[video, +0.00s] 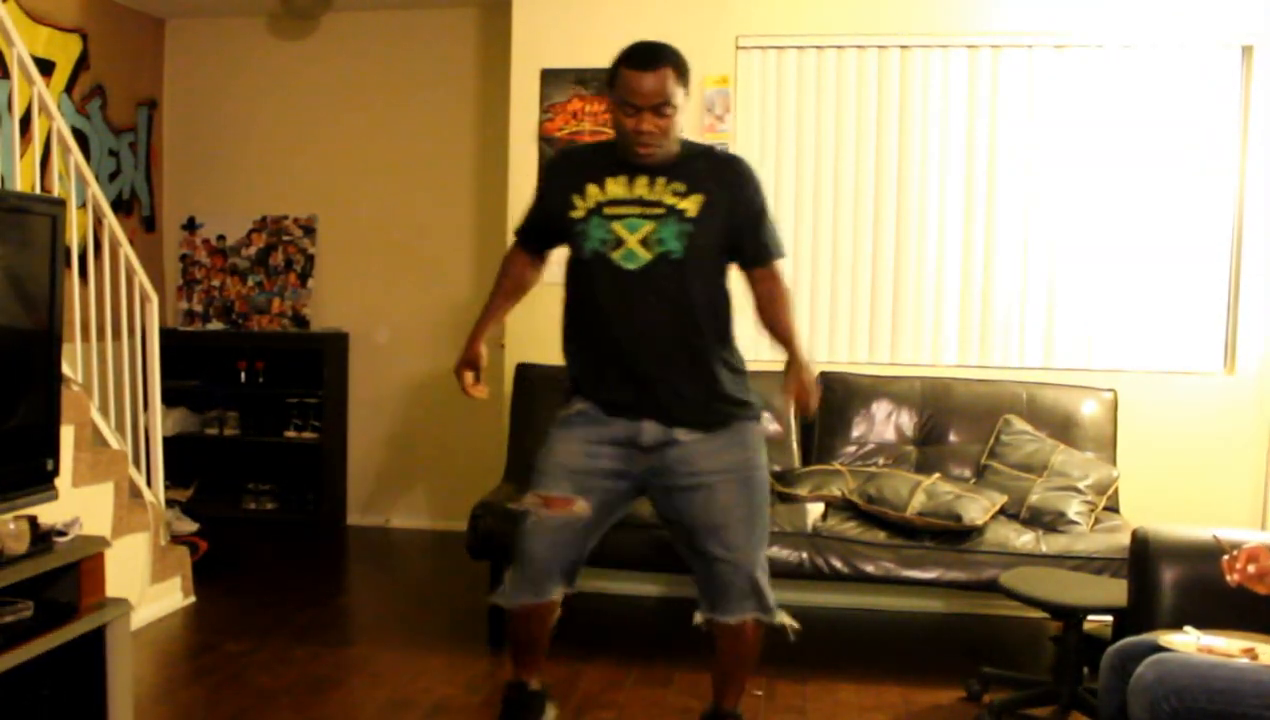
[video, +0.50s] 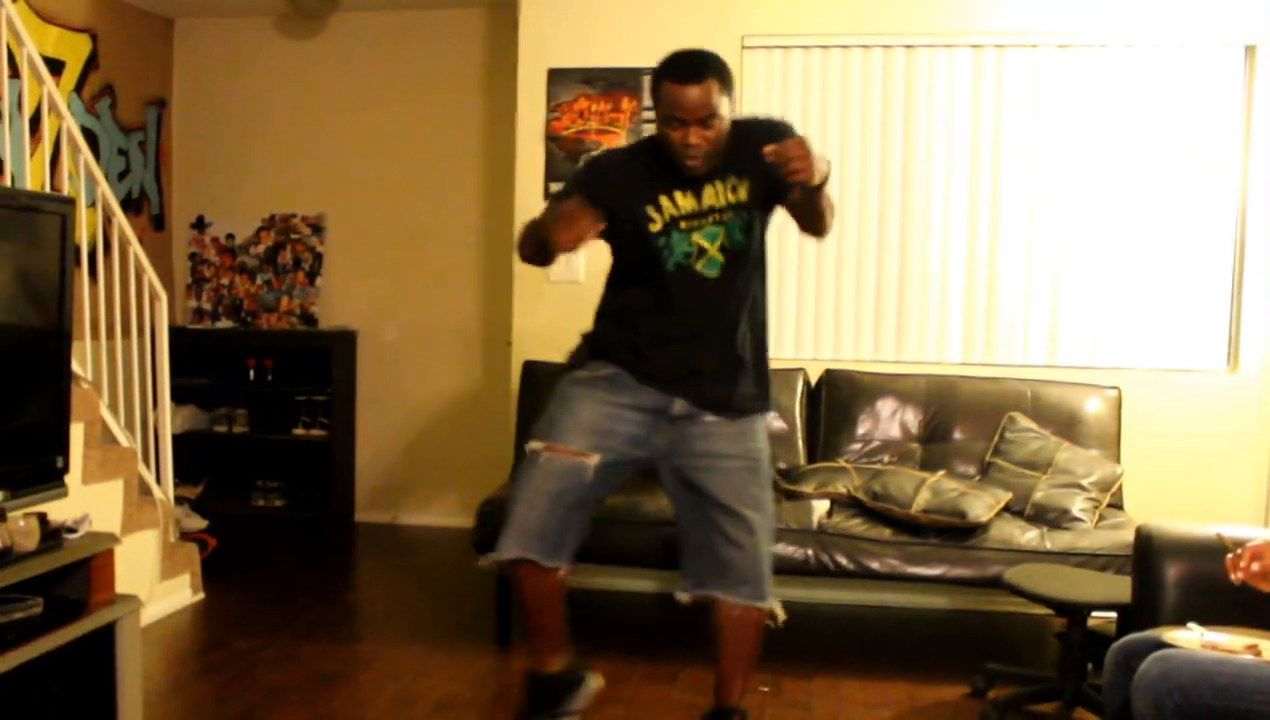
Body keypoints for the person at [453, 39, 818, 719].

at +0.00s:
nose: (646, 122)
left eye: (661, 109)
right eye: (633, 108)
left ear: (682, 106)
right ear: (611, 105)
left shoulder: (726, 179)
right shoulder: (573, 172)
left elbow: (764, 275)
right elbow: (528, 254)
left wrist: (796, 354)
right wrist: (481, 333)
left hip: (710, 418)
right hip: (599, 413)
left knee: (739, 583)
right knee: (536, 553)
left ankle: (727, 712)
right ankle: (524, 695)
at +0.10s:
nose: (667, 137)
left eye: (682, 123)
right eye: (653, 121)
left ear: (707, 115)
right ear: (632, 113)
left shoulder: (747, 181)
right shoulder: (593, 175)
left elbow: (798, 264)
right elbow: (531, 254)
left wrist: (803, 292)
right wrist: (471, 332)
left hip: (725, 410)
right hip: (629, 405)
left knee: (737, 591)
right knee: (627, 558)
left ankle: (723, 716)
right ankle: (537, 670)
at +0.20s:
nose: (685, 144)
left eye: (701, 130)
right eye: (672, 128)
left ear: (724, 124)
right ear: (651, 118)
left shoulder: (759, 190)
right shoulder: (601, 175)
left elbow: (823, 283)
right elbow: (528, 240)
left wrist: (806, 256)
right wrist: (466, 312)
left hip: (740, 416)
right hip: (643, 409)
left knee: (752, 602)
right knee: (670, 565)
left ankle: (724, 715)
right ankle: (602, 697)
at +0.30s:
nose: (694, 148)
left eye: (709, 134)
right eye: (680, 132)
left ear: (731, 128)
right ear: (659, 123)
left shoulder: (758, 188)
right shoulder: (605, 176)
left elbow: (803, 277)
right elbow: (514, 224)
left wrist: (793, 223)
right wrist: (477, 273)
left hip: (740, 409)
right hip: (642, 404)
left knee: (759, 578)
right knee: (637, 575)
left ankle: (725, 712)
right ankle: (652, 711)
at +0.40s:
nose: (697, 148)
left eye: (711, 133)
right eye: (682, 133)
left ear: (732, 124)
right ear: (660, 123)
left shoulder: (762, 173)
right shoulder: (613, 177)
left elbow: (806, 257)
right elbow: (518, 225)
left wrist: (792, 203)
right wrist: (504, 252)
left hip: (736, 406)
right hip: (629, 394)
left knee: (758, 583)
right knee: (564, 544)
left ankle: (726, 711)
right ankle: (605, 691)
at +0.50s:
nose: (692, 137)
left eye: (706, 121)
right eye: (676, 122)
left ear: (728, 110)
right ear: (655, 114)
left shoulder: (761, 148)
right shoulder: (620, 172)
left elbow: (817, 227)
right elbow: (531, 250)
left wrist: (810, 184)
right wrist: (552, 235)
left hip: (726, 396)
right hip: (616, 379)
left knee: (745, 568)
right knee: (530, 537)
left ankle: (729, 710)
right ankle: (555, 678)